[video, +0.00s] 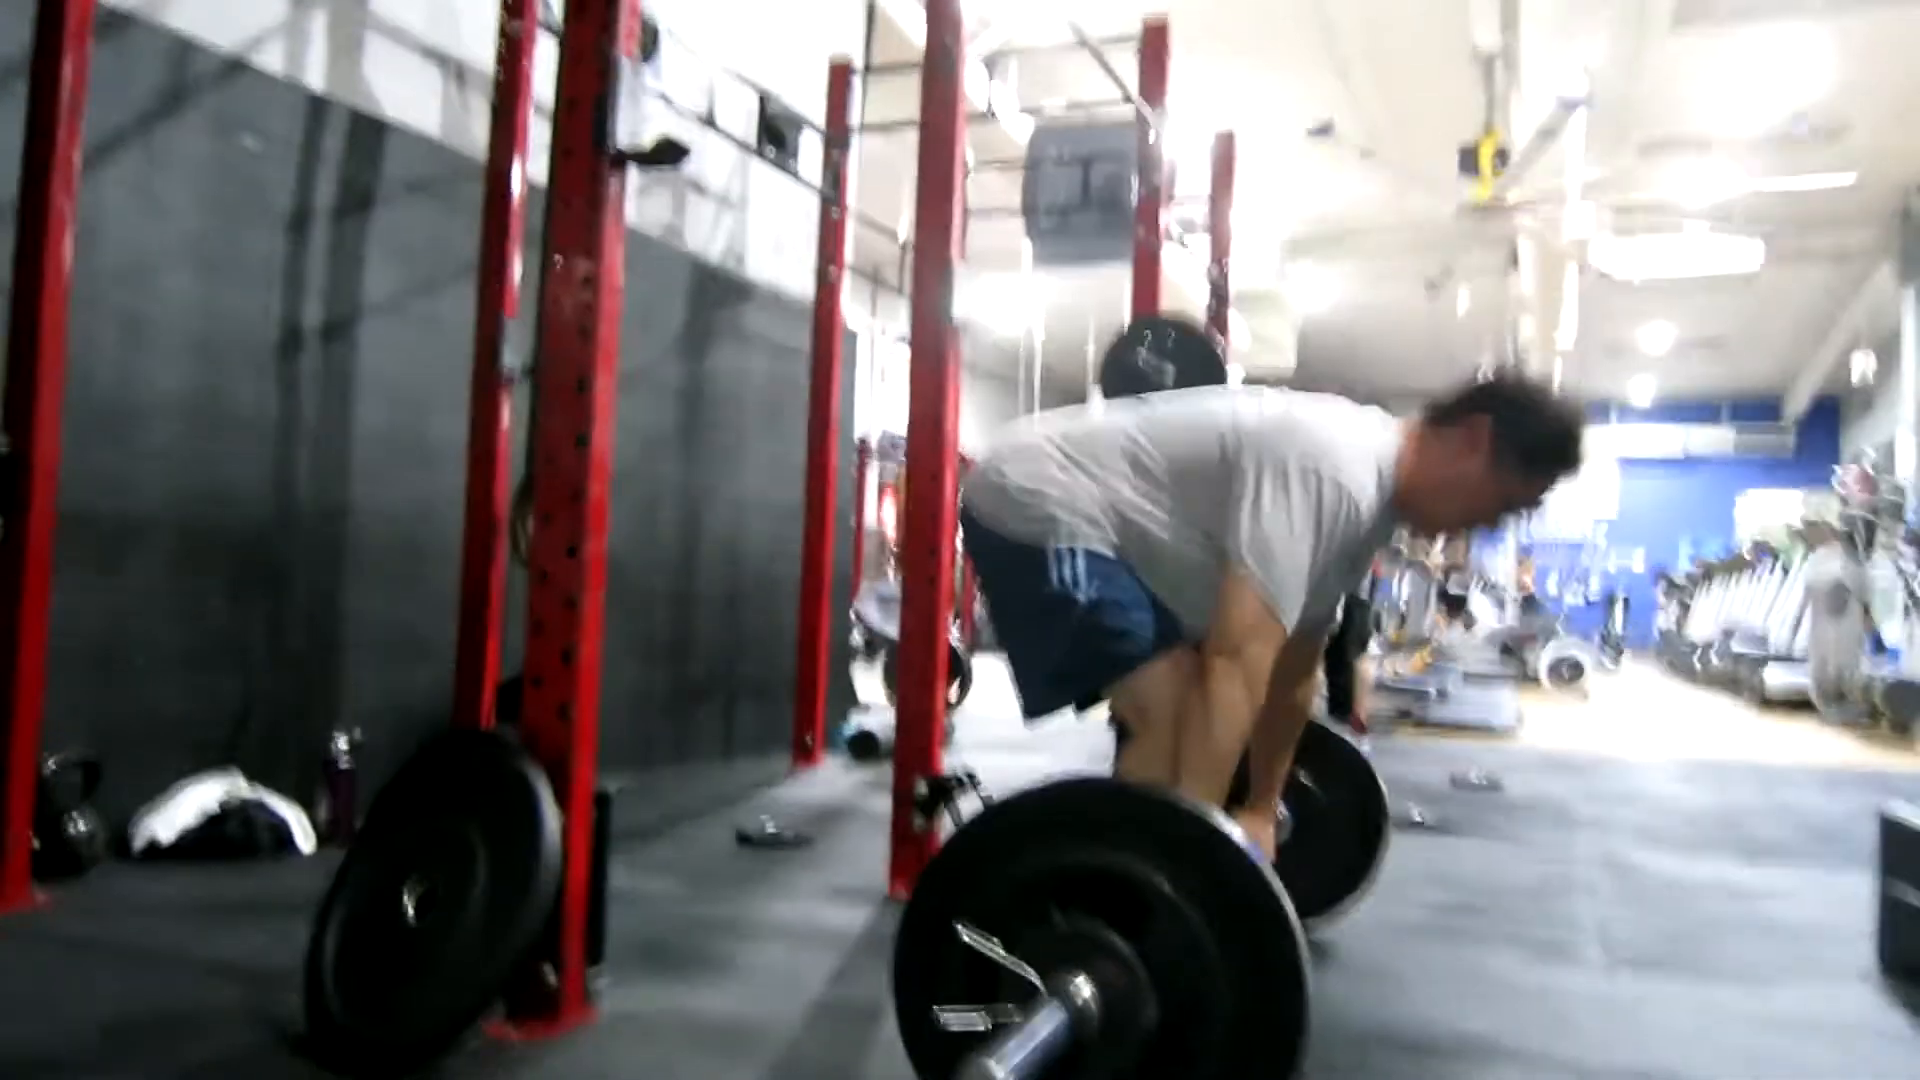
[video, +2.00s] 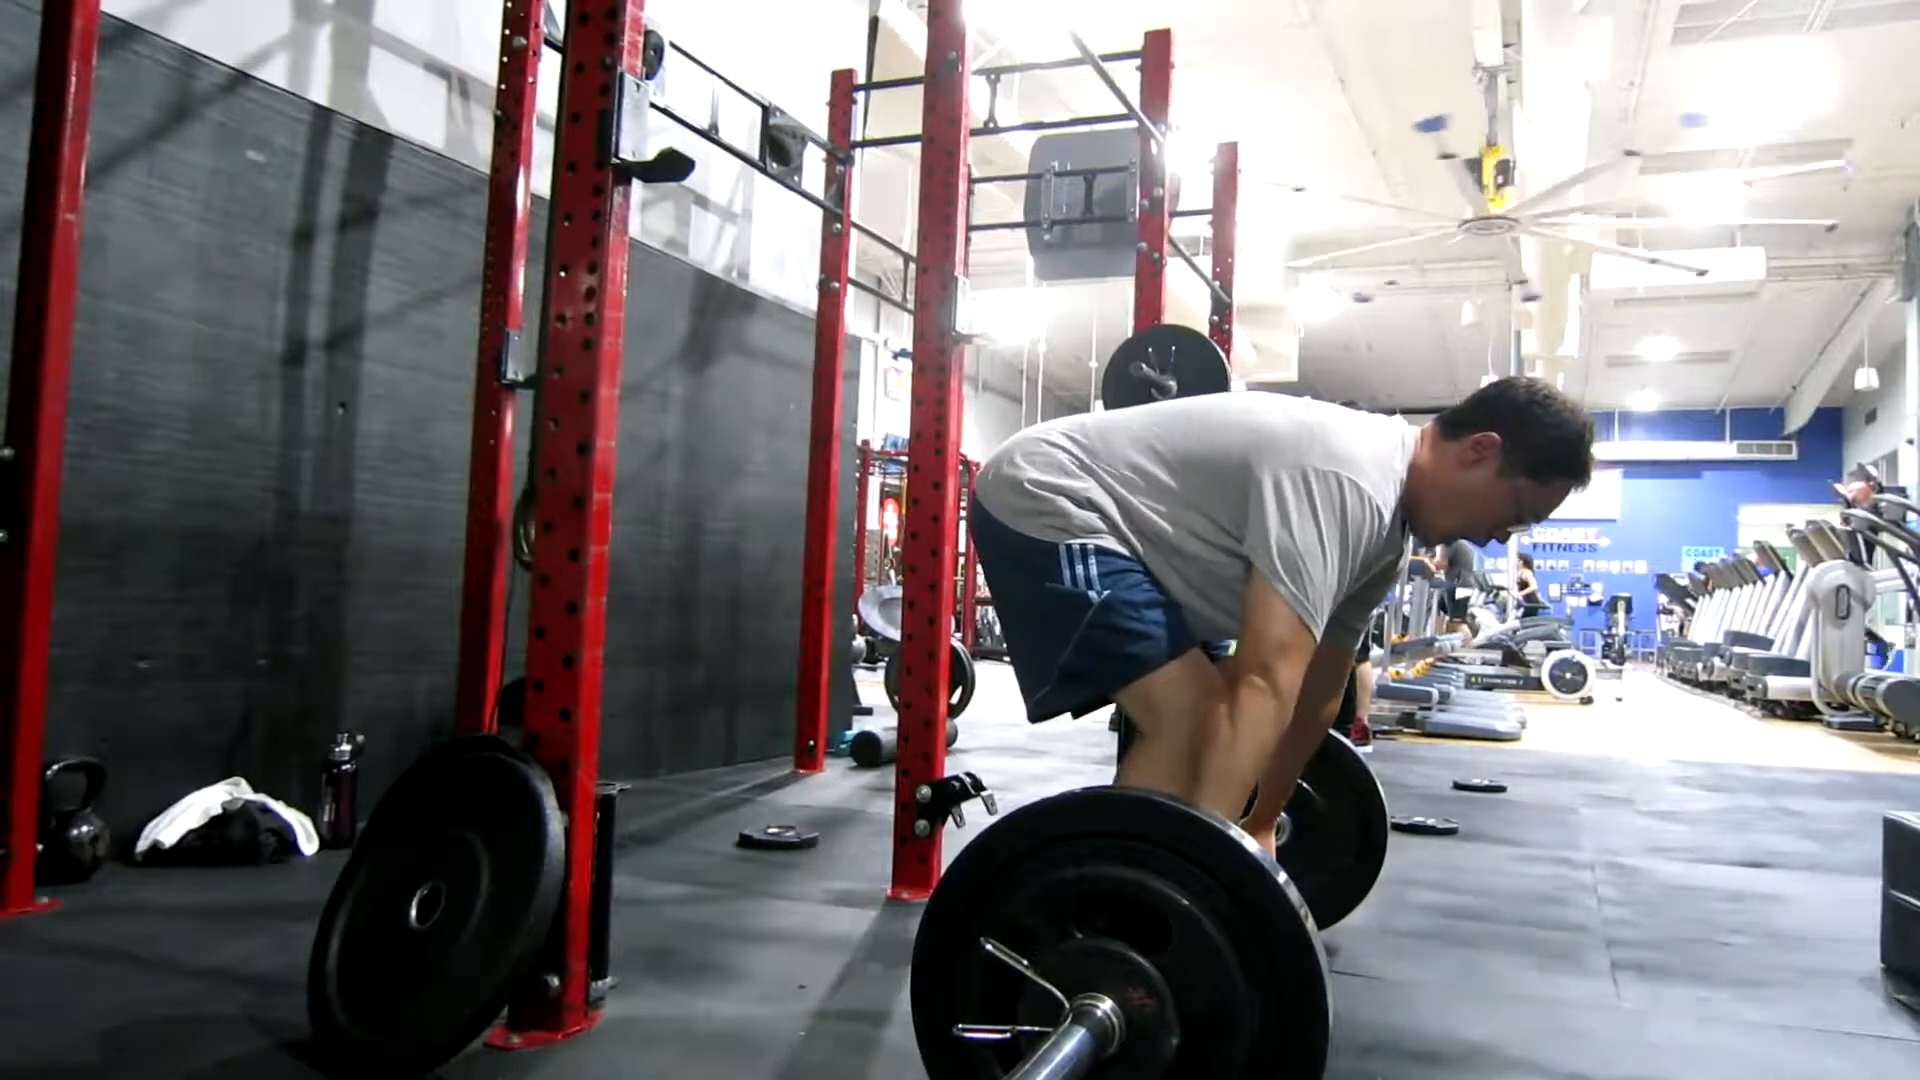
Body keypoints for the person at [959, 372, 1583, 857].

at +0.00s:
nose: (1486, 527)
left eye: (1505, 516)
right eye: (1501, 504)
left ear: (1472, 439)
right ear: (1472, 440)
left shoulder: (1367, 499)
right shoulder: (1325, 463)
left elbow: (1295, 671)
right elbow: (1234, 660)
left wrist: (1262, 812)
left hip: (1087, 515)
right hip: (1036, 498)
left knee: (1185, 704)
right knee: (1171, 699)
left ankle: (1129, 904)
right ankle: (1144, 895)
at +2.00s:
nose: (1502, 537)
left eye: (1520, 526)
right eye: (1514, 515)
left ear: (1480, 454)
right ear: (1481, 454)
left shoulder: (1389, 516)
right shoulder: (1343, 476)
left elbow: (1321, 684)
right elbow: (1259, 676)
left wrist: (1256, 828)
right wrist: (1194, 869)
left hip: (1108, 522)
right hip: (1050, 498)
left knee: (1194, 719)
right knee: (1197, 709)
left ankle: (1113, 919)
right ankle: (1134, 919)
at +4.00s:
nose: (1504, 535)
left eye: (1523, 524)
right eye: (1516, 513)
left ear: (1485, 455)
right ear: (1486, 455)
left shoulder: (1381, 504)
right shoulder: (1339, 466)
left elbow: (1304, 681)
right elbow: (1248, 660)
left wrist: (1254, 832)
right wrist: (1204, 863)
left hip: (1112, 510)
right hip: (1053, 489)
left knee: (1193, 711)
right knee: (1194, 700)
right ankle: (1166, 912)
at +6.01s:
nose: (1511, 542)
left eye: (1528, 531)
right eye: (1522, 520)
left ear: (1488, 458)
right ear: (1488, 458)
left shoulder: (1401, 523)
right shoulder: (1358, 486)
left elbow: (1324, 689)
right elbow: (1269, 688)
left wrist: (1239, 849)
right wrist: (1216, 875)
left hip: (1116, 523)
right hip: (1055, 499)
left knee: (1214, 720)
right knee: (1199, 718)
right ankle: (1127, 927)